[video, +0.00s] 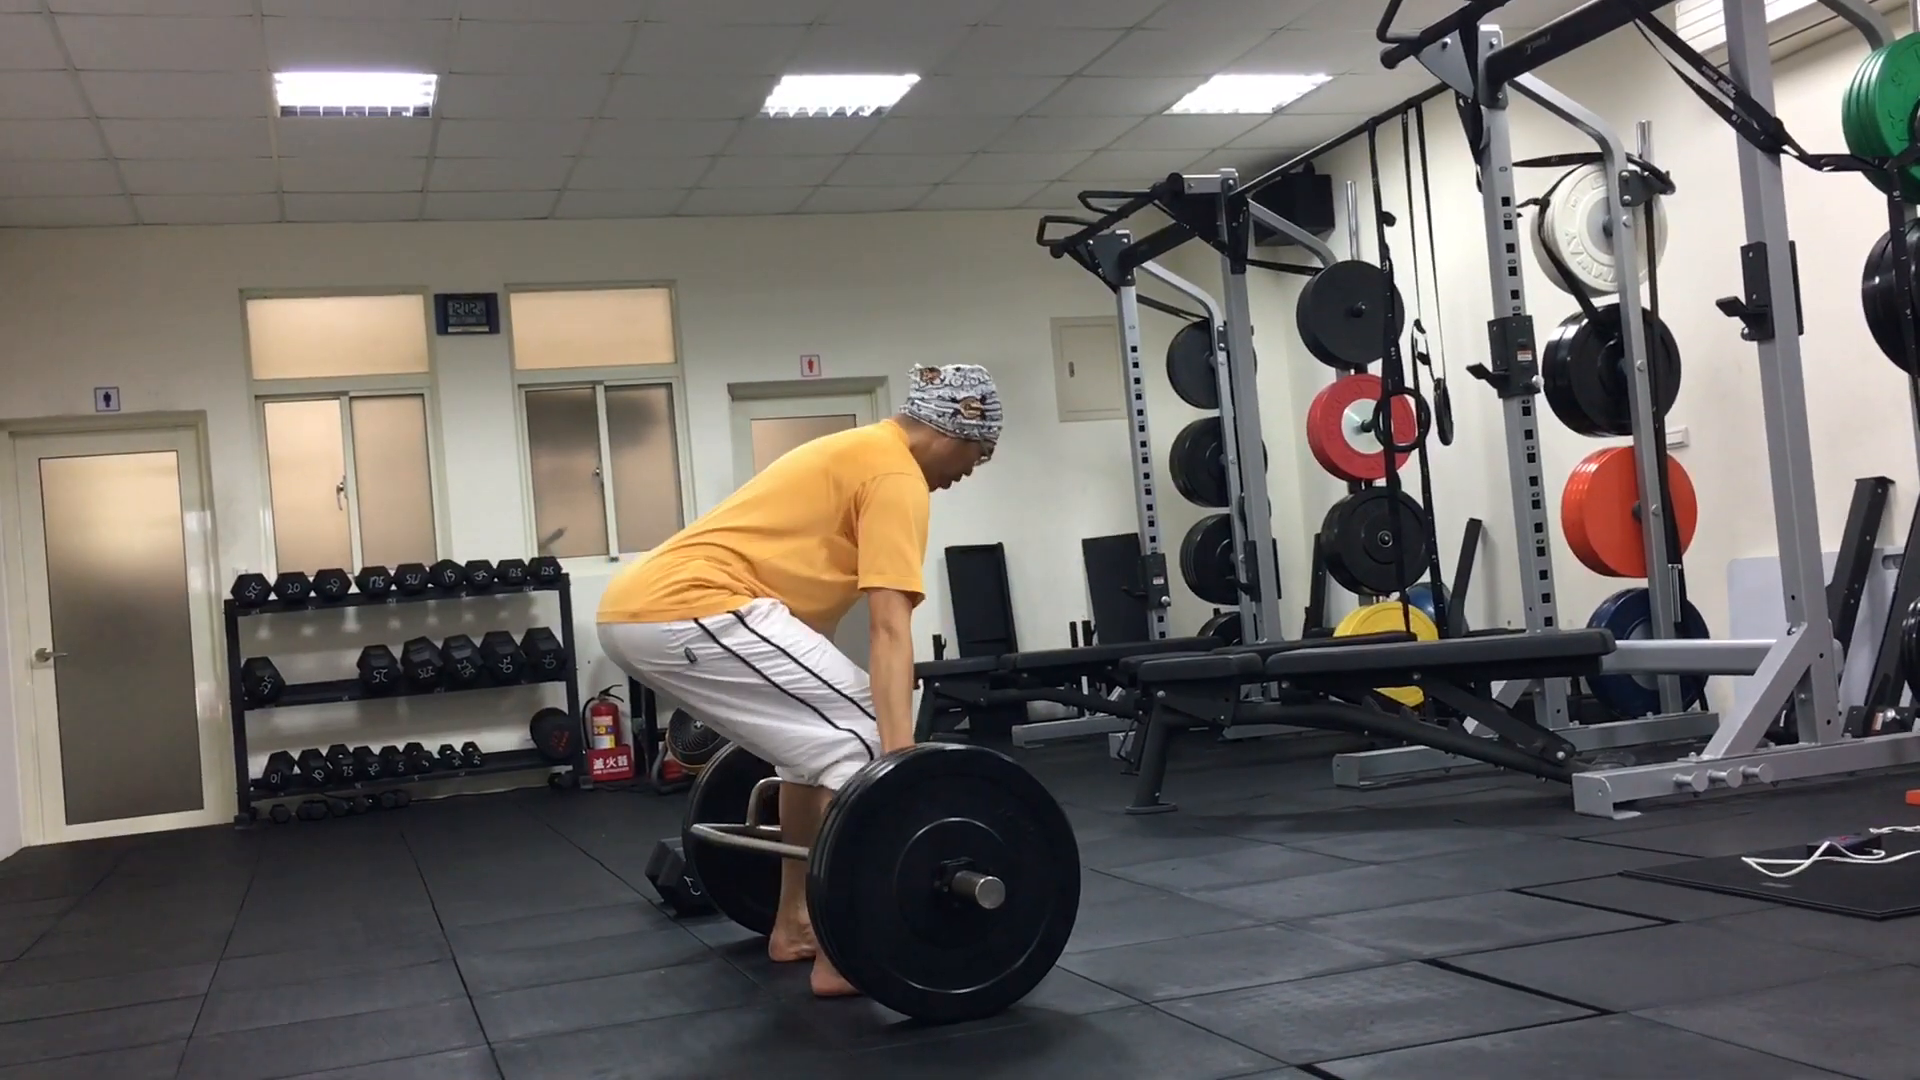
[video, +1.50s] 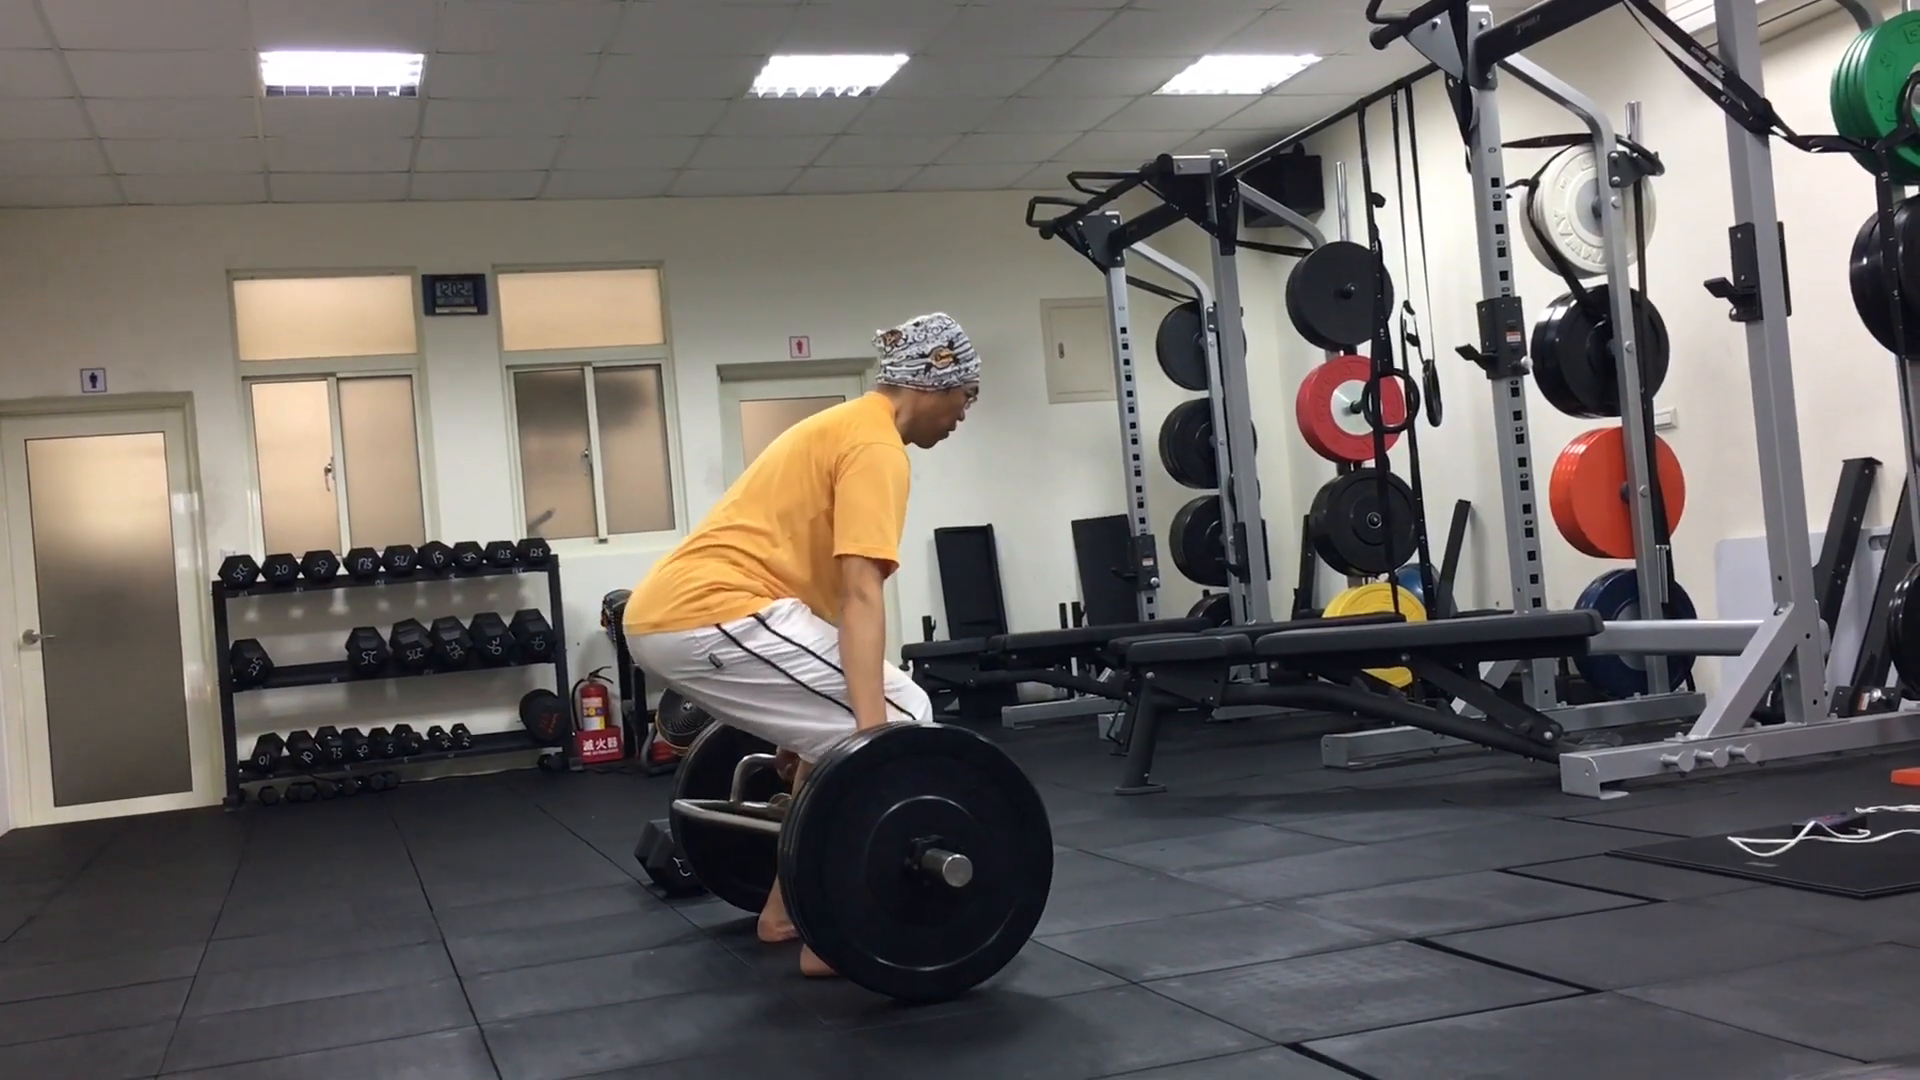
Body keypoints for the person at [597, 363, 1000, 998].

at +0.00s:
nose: (970, 473)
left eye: (979, 460)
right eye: (976, 455)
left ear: (920, 419)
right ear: (949, 430)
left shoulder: (856, 453)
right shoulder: (894, 474)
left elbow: (798, 609)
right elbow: (889, 625)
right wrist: (901, 755)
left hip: (641, 610)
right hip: (697, 609)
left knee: (813, 739)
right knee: (870, 733)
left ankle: (795, 924)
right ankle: (849, 955)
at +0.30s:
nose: (969, 459)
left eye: (978, 445)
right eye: (974, 441)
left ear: (920, 411)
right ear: (944, 418)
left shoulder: (855, 449)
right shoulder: (887, 468)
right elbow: (882, 616)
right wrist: (893, 750)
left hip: (651, 611)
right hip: (697, 610)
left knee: (829, 730)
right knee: (868, 732)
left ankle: (791, 923)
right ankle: (840, 954)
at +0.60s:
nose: (970, 449)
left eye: (977, 435)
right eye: (973, 431)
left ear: (916, 407)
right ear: (938, 413)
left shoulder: (852, 446)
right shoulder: (880, 465)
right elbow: (872, 612)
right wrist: (882, 744)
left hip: (653, 618)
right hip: (698, 616)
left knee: (830, 725)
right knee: (875, 725)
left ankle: (788, 921)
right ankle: (840, 950)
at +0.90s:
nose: (968, 445)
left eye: (974, 431)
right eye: (970, 427)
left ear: (912, 403)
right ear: (937, 409)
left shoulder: (848, 445)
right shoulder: (877, 464)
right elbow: (867, 612)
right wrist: (875, 747)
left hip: (653, 620)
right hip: (699, 617)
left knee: (833, 723)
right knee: (885, 718)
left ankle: (787, 916)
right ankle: (841, 945)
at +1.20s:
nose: (961, 433)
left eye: (967, 419)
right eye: (962, 415)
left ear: (906, 393)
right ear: (927, 396)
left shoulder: (838, 438)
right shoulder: (870, 453)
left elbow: (805, 599)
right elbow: (861, 605)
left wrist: (802, 737)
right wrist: (870, 739)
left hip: (662, 623)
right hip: (704, 622)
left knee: (848, 719)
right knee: (893, 715)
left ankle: (786, 910)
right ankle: (837, 939)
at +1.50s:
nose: (961, 419)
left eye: (967, 405)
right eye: (962, 401)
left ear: (907, 382)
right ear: (926, 384)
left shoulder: (841, 428)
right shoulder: (874, 442)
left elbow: (825, 588)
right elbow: (859, 593)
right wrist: (872, 733)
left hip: (672, 613)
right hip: (717, 613)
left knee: (859, 713)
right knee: (904, 714)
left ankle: (785, 904)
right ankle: (838, 934)